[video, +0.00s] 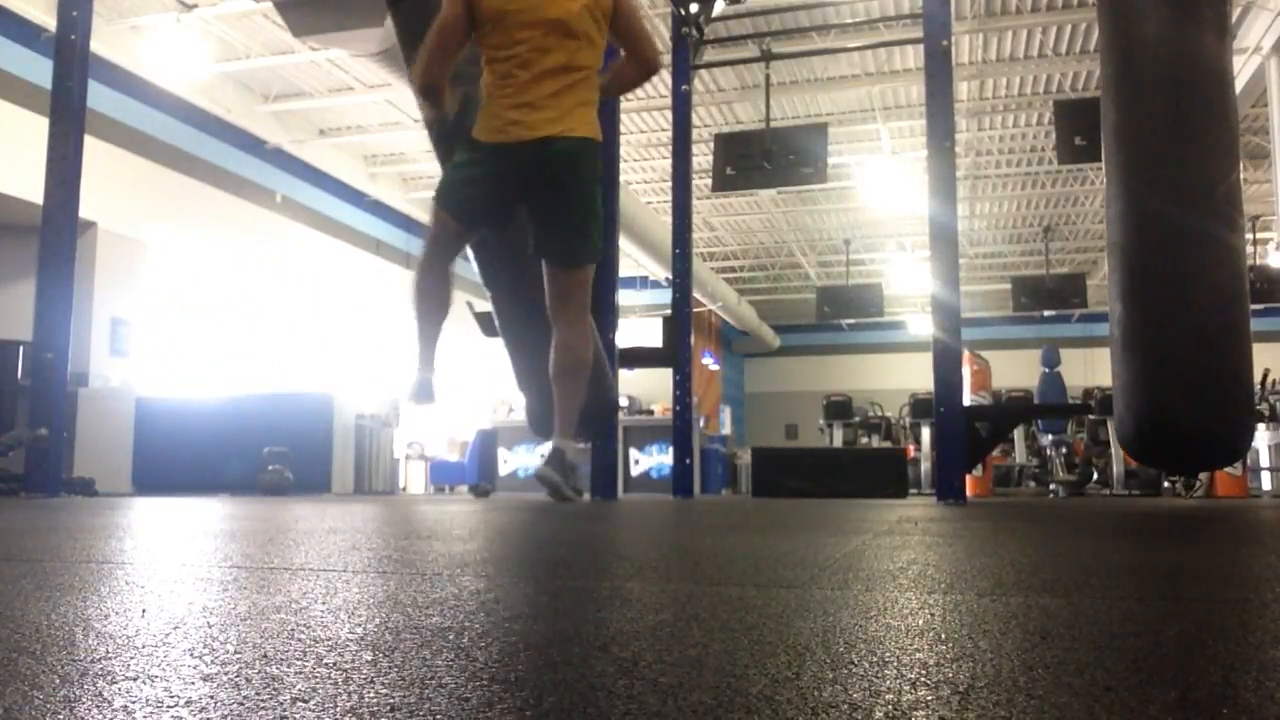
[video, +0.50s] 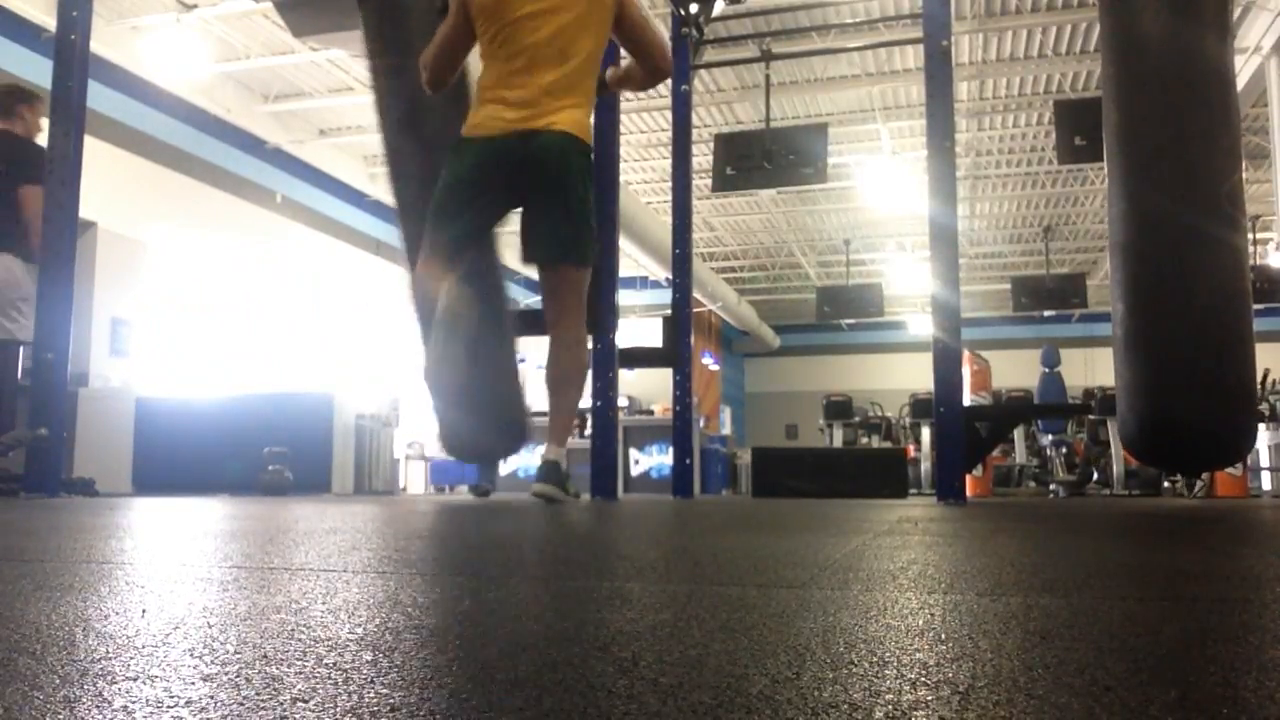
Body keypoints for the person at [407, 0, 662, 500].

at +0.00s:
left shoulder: (474, 2)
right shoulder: (602, 1)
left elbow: (429, 75)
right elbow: (646, 60)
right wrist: (591, 90)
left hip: (498, 145)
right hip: (573, 147)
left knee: (437, 256)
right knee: (572, 310)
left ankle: (424, 374)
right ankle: (563, 448)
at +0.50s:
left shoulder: (481, 2)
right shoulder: (605, 2)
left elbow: (435, 71)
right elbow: (657, 64)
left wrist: (441, 72)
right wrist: (610, 81)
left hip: (485, 142)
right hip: (563, 144)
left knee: (433, 273)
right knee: (567, 314)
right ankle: (554, 459)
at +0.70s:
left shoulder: (490, 2)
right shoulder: (619, 3)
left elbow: (433, 88)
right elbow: (676, 68)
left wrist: (405, 89)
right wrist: (634, 127)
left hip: (500, 149)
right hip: (577, 162)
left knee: (438, 216)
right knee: (577, 324)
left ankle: (381, 293)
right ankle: (546, 457)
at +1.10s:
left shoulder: (499, 3)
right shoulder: (636, 2)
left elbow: (462, 85)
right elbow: (689, 77)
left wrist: (528, 103)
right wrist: (680, 169)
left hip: (538, 142)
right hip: (614, 143)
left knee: (522, 312)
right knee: (584, 320)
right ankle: (596, 466)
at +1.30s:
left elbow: (467, 25)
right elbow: (700, 4)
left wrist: (530, 76)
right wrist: (683, 91)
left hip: (555, 75)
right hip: (641, 75)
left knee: (542, 260)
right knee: (632, 269)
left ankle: (552, 430)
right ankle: (647, 435)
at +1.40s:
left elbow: (475, 35)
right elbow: (729, 2)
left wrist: (541, 81)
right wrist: (706, 73)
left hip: (557, 82)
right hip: (645, 75)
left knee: (557, 271)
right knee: (651, 272)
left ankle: (589, 416)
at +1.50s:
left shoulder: (511, 2)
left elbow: (492, 68)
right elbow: (744, 4)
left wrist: (553, 120)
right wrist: (705, 94)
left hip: (567, 101)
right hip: (653, 94)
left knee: (557, 294)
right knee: (689, 299)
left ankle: (601, 438)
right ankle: (754, 419)